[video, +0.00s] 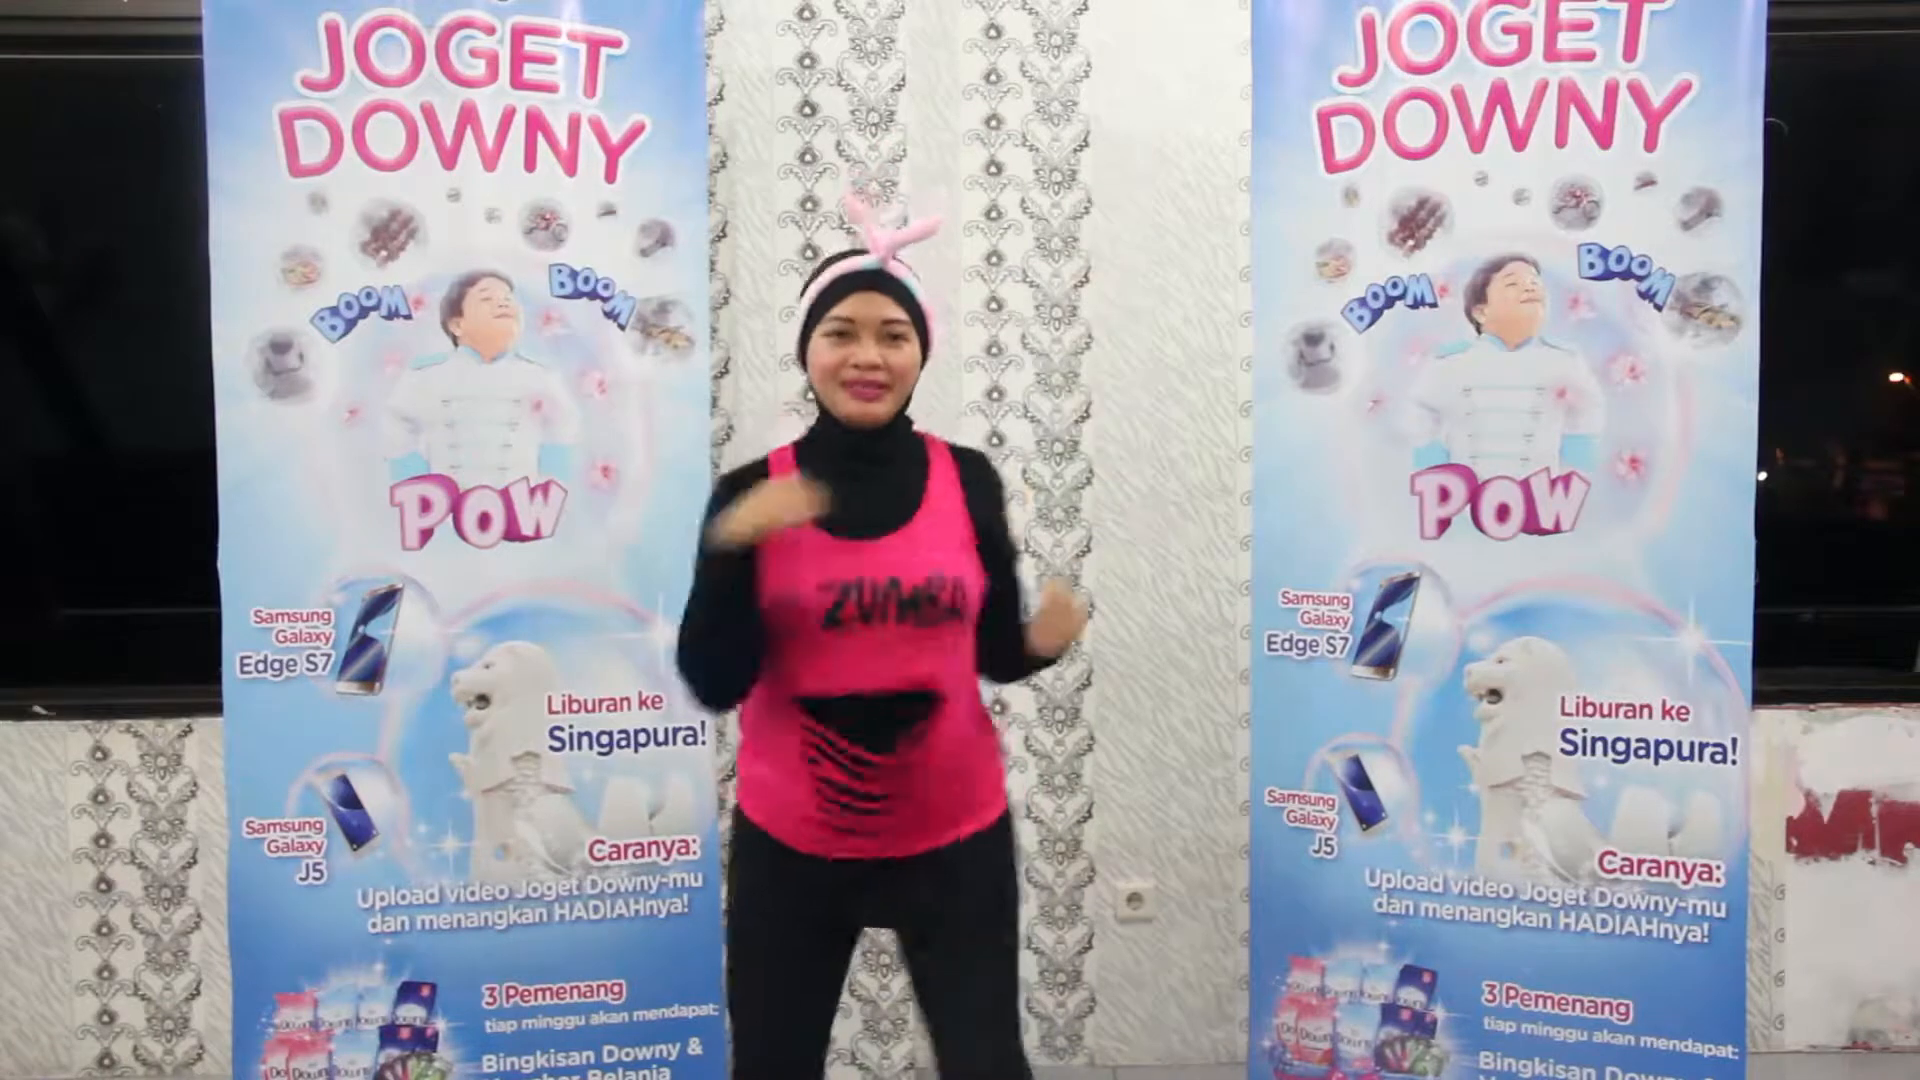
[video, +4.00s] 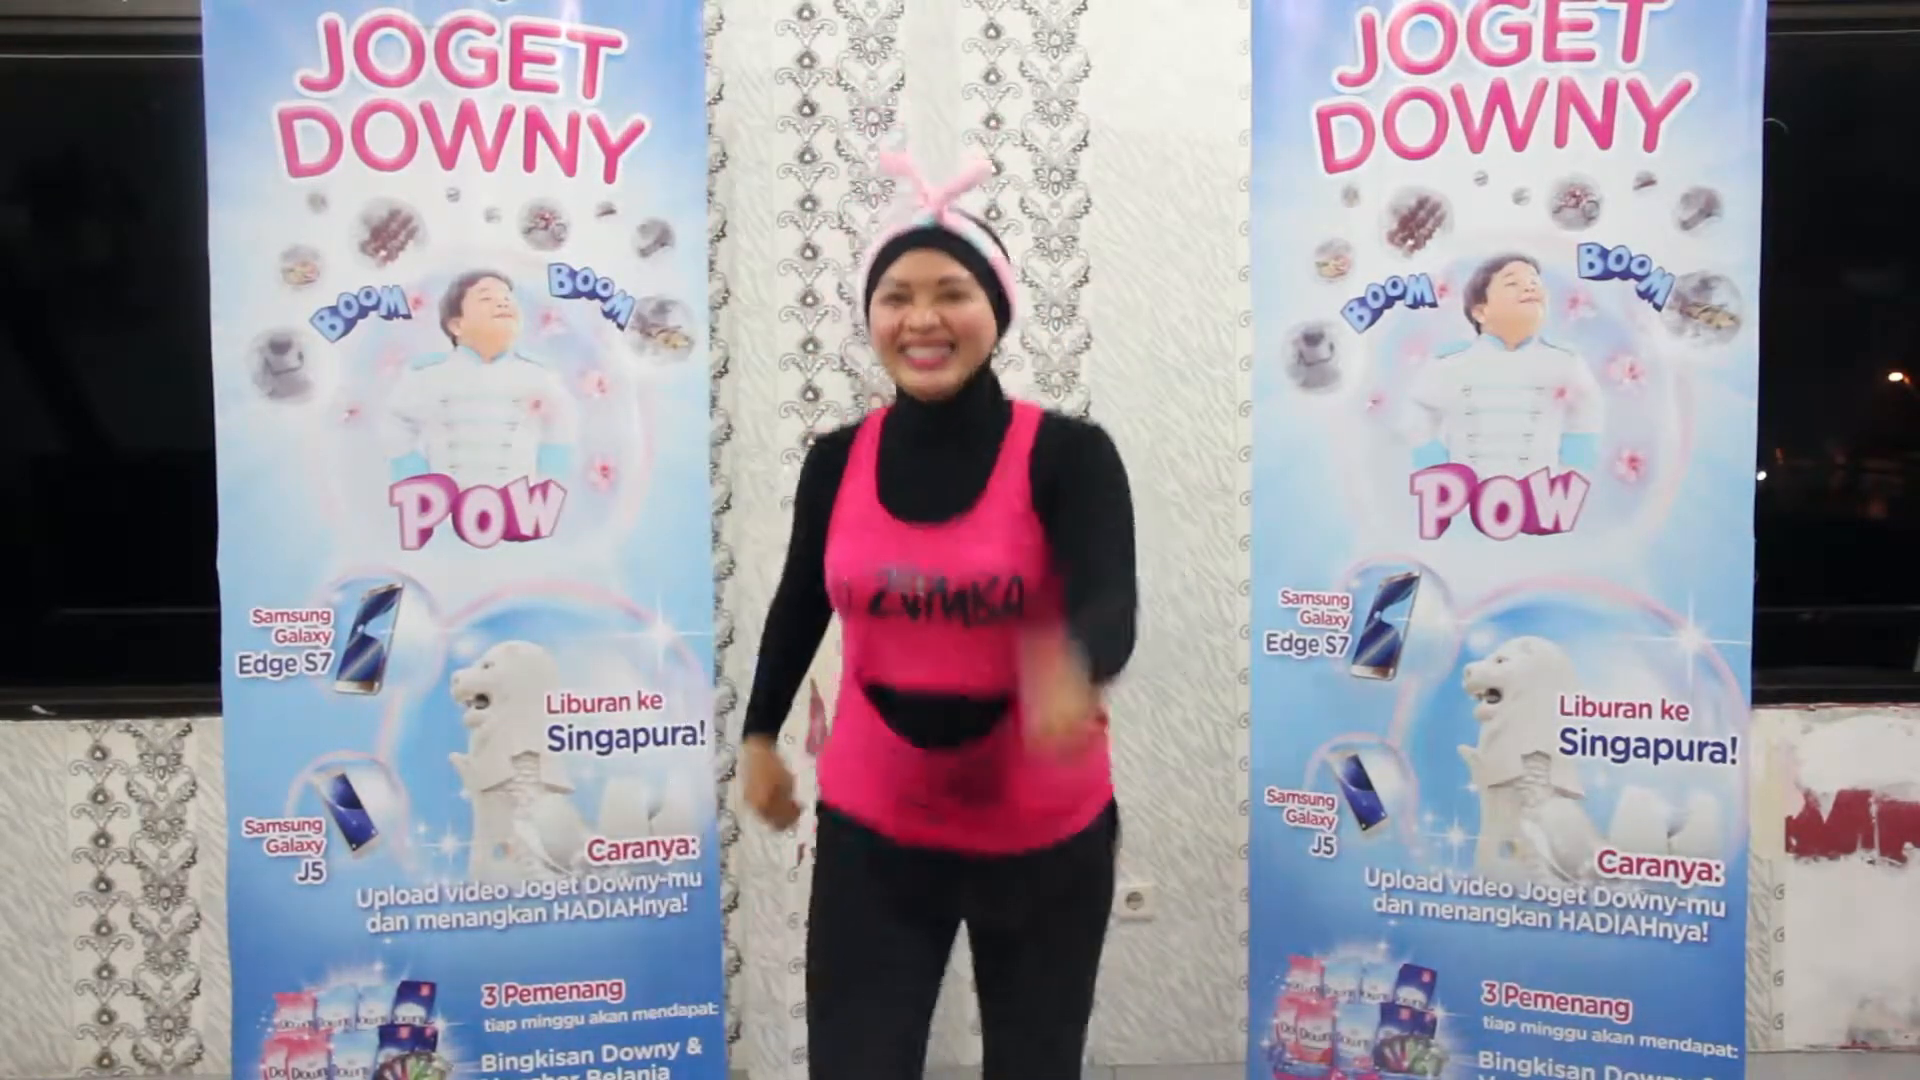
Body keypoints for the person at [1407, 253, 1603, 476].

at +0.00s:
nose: (1529, 287)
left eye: (1535, 281)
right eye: (1511, 283)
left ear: (1544, 299)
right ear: (1479, 311)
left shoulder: (1565, 363)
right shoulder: (1446, 365)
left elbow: (1584, 430)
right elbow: (1418, 421)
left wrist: (1566, 492)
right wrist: (1435, 481)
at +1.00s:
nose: (1529, 287)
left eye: (1535, 281)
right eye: (1511, 283)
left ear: (1545, 298)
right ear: (1479, 312)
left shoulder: (1565, 363)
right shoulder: (1447, 365)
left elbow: (1584, 425)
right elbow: (1414, 417)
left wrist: (1565, 488)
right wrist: (1436, 477)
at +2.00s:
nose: (1529, 287)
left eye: (1534, 281)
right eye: (1511, 283)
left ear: (1545, 299)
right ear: (1479, 311)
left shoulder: (1565, 364)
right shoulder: (1447, 367)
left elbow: (1585, 426)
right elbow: (1413, 415)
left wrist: (1567, 483)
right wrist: (1435, 473)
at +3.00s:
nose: (1529, 287)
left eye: (1534, 281)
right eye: (1510, 283)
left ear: (1545, 300)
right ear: (1479, 311)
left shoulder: (1565, 365)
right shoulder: (1445, 367)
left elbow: (1583, 435)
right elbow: (1417, 425)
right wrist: (1437, 483)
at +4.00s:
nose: (1529, 287)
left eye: (1535, 281)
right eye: (1511, 283)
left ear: (1545, 299)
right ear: (1479, 311)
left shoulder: (1565, 365)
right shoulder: (1445, 368)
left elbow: (1583, 434)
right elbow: (1415, 423)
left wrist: (1564, 492)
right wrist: (1437, 478)